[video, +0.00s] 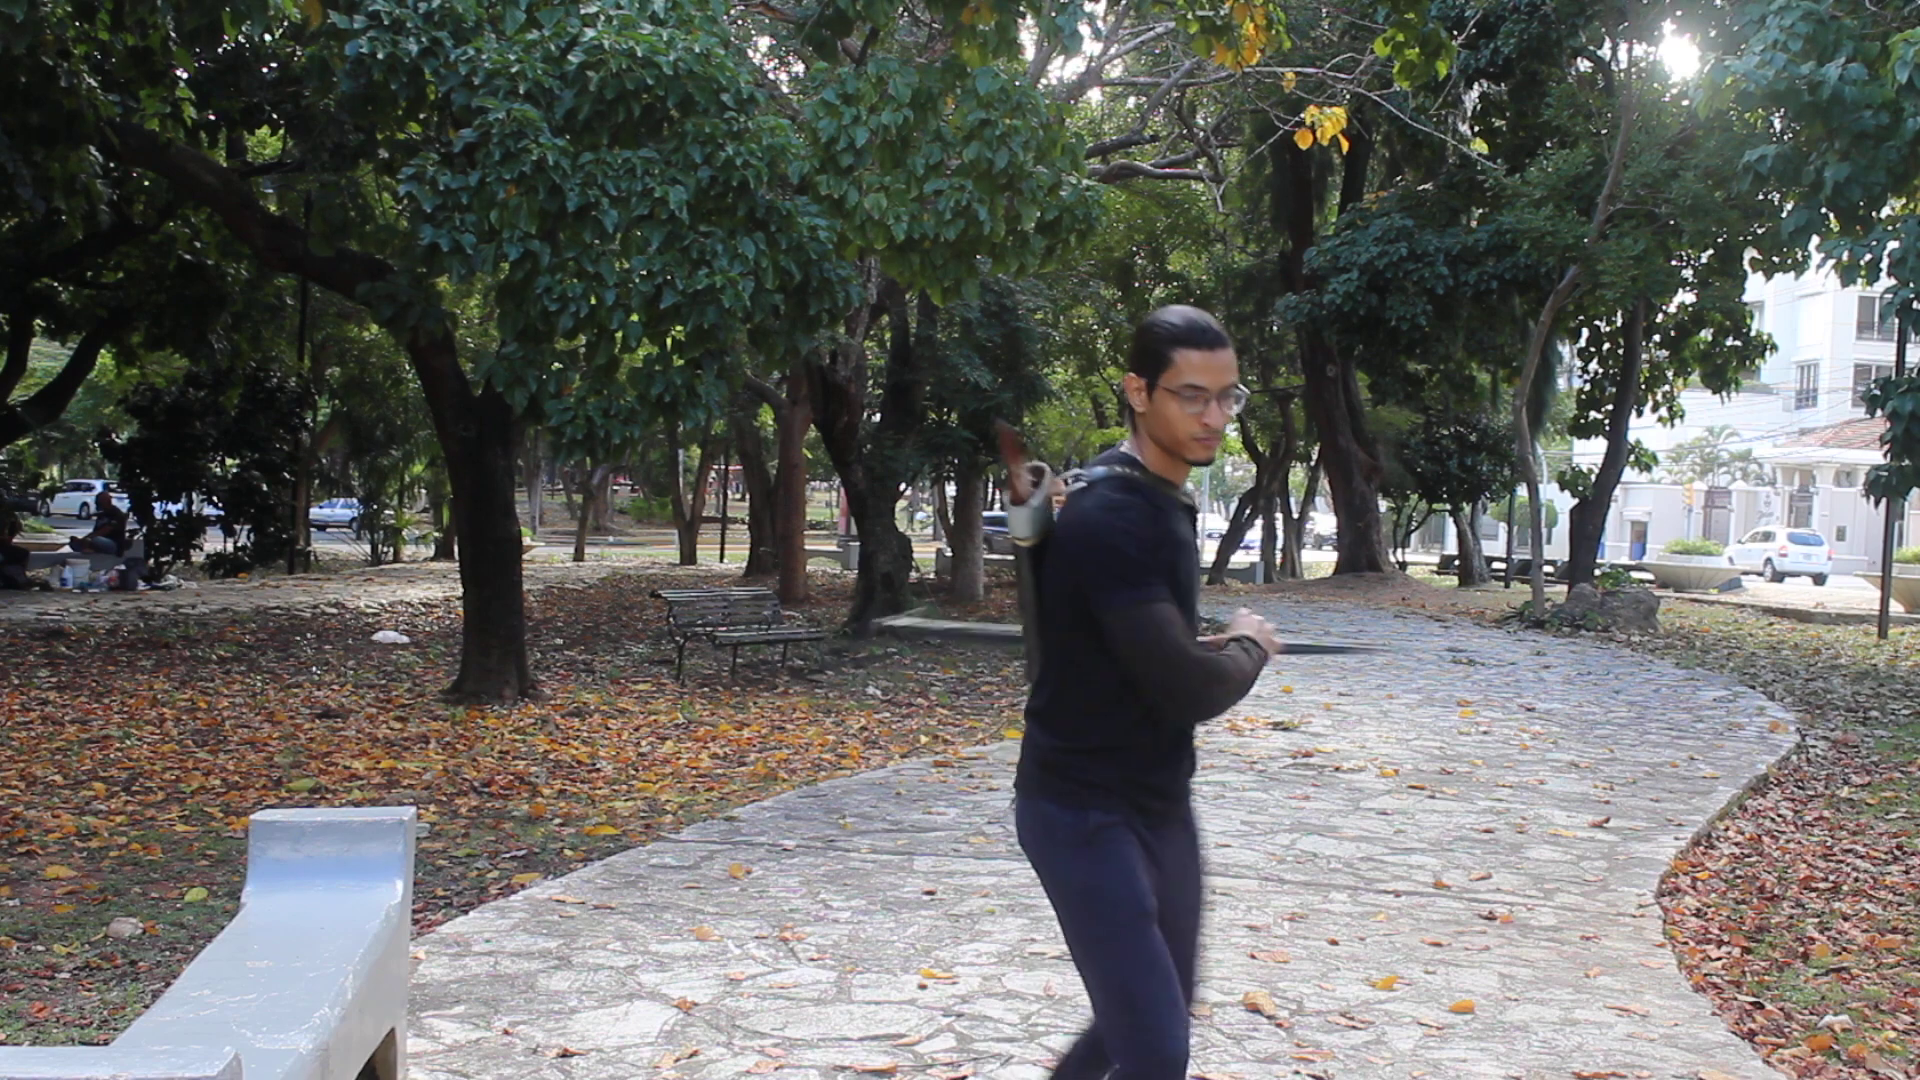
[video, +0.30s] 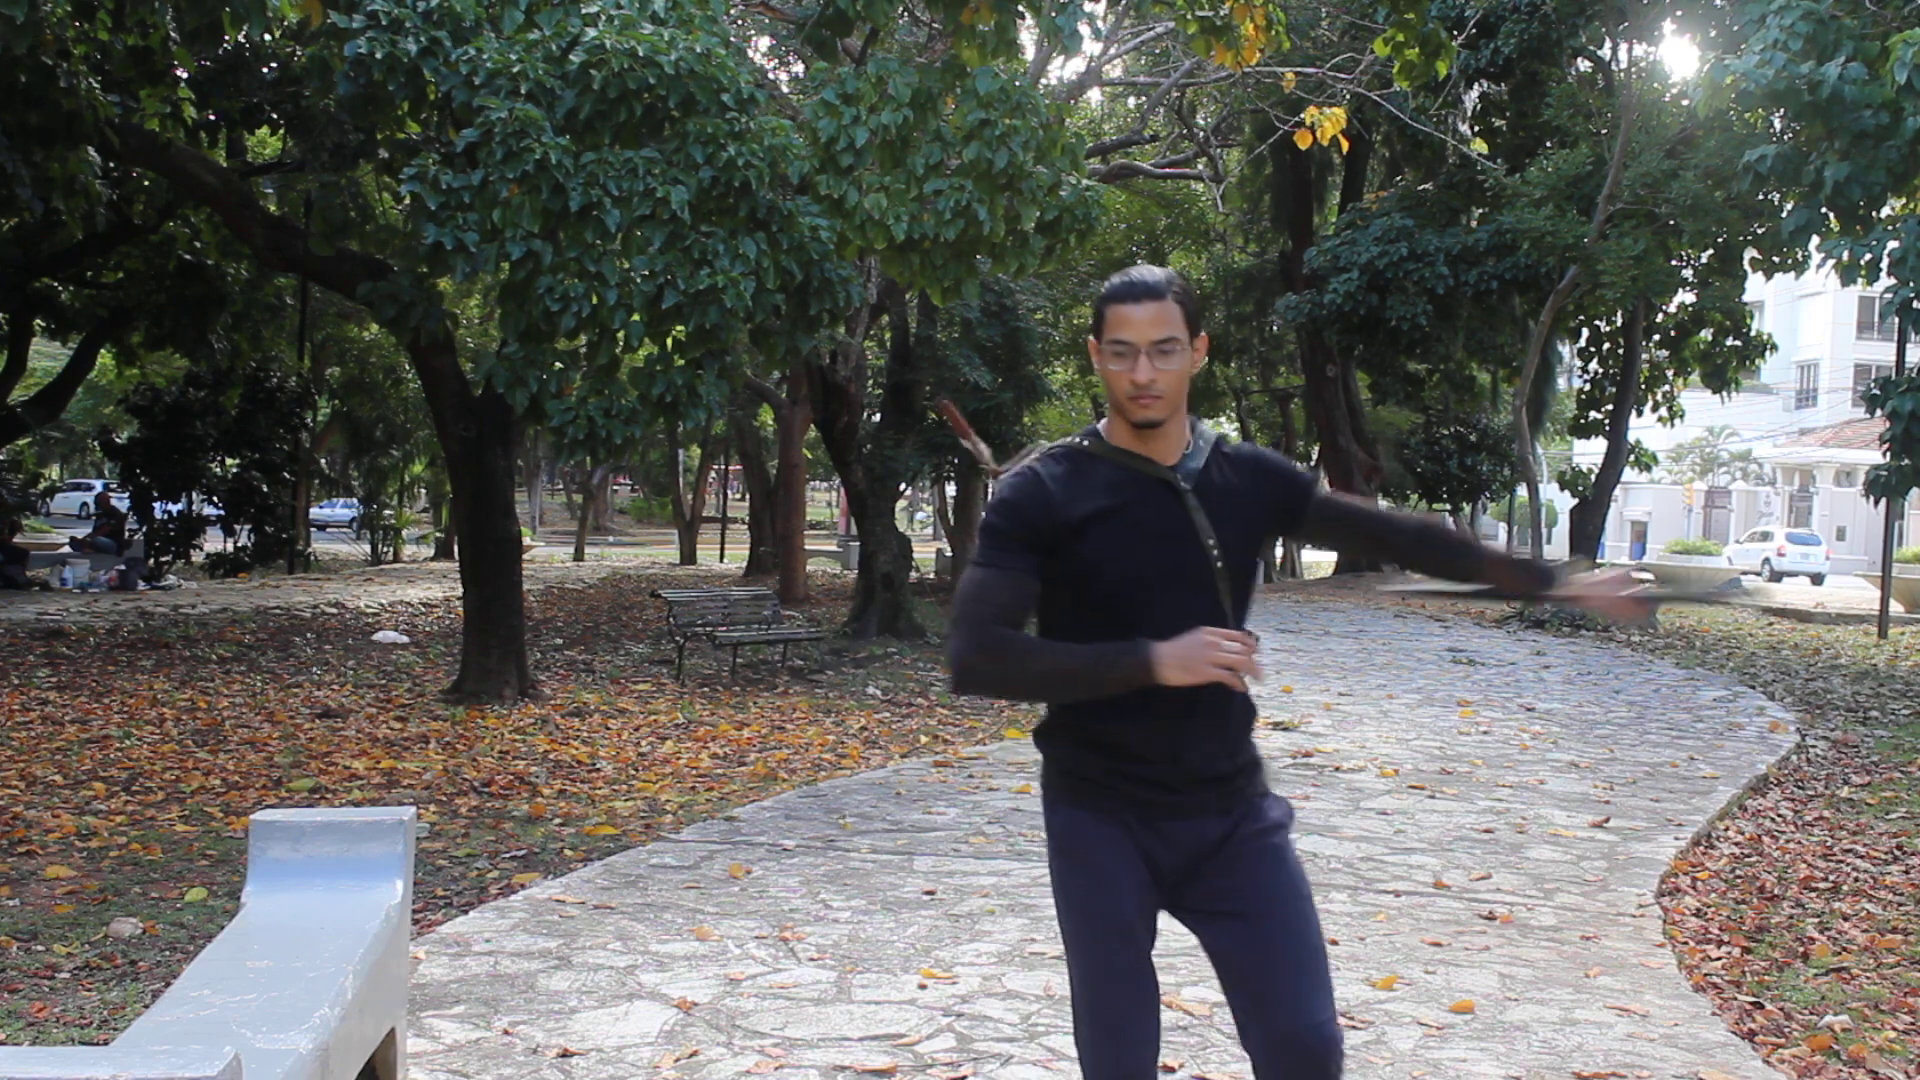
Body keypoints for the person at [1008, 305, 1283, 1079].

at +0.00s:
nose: (1214, 417)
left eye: (1225, 395)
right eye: (1191, 395)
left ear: (1236, 394)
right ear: (1136, 395)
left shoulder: (1167, 505)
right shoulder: (1103, 513)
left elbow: (1162, 654)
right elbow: (1187, 689)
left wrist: (1215, 647)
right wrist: (1250, 646)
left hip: (1158, 803)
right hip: (1079, 806)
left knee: (1146, 1025)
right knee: (1155, 1047)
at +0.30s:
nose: (1140, 371)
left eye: (1160, 349)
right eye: (1119, 351)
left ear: (1197, 353)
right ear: (1094, 358)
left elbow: (1402, 539)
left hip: (1232, 810)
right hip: (1097, 816)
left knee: (1306, 1052)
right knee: (1119, 1060)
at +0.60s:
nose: (1167, 368)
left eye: (1189, 345)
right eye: (1151, 347)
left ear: (1242, 350)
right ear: (1135, 358)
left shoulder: (1297, 467)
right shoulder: (1131, 501)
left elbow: (1332, 497)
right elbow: (1052, 656)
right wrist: (1084, 645)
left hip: (1285, 843)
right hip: (1147, 843)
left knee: (1315, 1068)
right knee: (1117, 1068)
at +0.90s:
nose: (1223, 363)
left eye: (1249, 340)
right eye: (1215, 344)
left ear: (1318, 352)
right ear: (1209, 356)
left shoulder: (1326, 458)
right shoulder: (1286, 477)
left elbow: (1144, 487)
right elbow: (1293, 707)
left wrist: (979, 485)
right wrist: (1213, 683)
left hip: (1322, 869)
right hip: (1248, 857)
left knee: (1263, 1066)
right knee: (1199, 1065)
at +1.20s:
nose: (1239, 388)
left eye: (1265, 362)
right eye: (1237, 365)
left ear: (1344, 369)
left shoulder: (1288, 486)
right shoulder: (1418, 495)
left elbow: (1136, 574)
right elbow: (1382, 690)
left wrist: (1221, 556)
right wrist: (1247, 689)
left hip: (1320, 892)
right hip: (1381, 876)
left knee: (1257, 1066)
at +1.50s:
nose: (1261, 388)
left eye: (1287, 364)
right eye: (1258, 366)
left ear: (1365, 370)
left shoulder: (1305, 495)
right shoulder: (1440, 499)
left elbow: (1144, 582)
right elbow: (1397, 685)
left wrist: (1246, 563)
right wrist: (1265, 690)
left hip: (1322, 888)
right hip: (1389, 876)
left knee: (1253, 1067)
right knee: (1277, 1061)